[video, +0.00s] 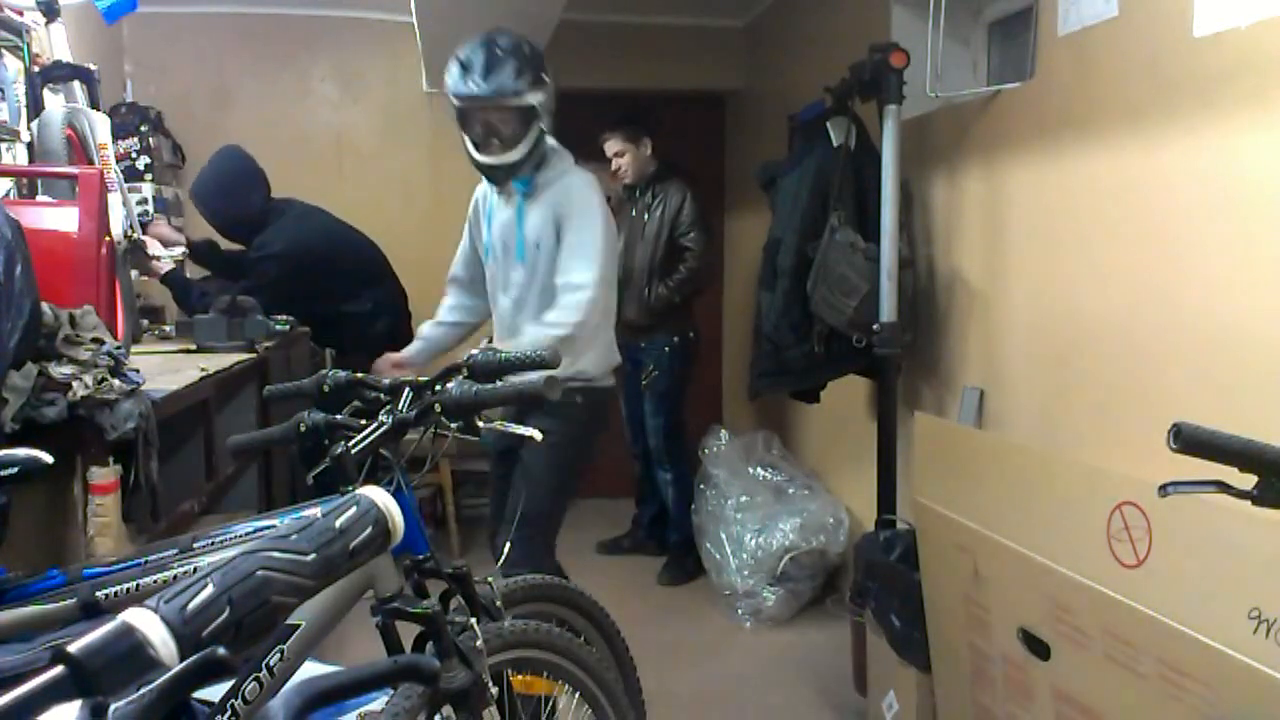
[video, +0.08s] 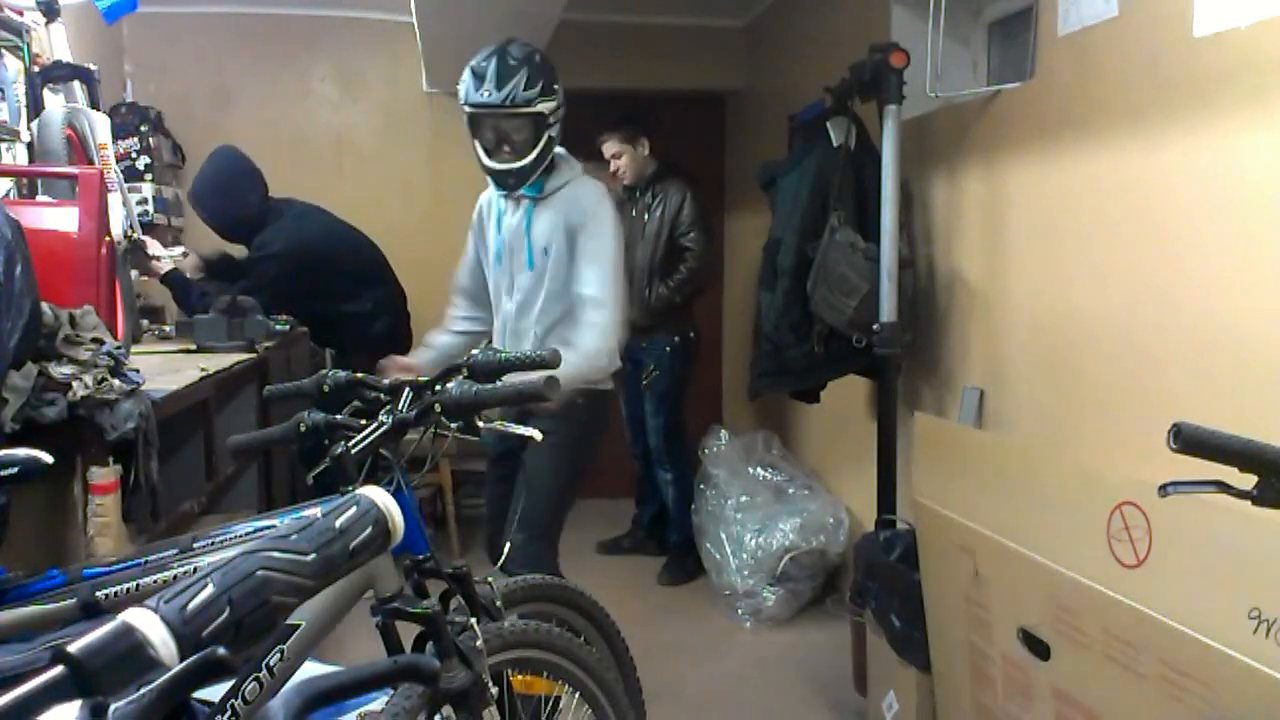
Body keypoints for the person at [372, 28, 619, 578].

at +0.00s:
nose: (492, 135)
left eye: (505, 121)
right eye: (478, 122)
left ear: (538, 112)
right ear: (462, 122)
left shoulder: (575, 191)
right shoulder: (488, 197)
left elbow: (581, 308)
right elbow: (467, 299)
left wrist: (503, 362)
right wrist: (412, 357)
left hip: (573, 387)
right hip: (514, 386)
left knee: (524, 551)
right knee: (510, 546)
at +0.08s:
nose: (503, 145)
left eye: (516, 130)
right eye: (489, 131)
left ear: (549, 122)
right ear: (473, 130)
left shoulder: (586, 200)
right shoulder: (490, 206)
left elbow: (604, 325)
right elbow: (469, 313)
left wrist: (557, 381)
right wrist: (419, 361)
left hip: (569, 397)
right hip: (503, 395)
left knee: (527, 551)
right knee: (501, 547)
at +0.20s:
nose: (507, 132)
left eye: (520, 118)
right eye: (495, 120)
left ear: (556, 110)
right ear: (482, 118)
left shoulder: (598, 197)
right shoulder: (503, 197)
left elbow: (625, 309)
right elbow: (505, 292)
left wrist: (602, 392)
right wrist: (486, 379)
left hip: (558, 382)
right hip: (501, 380)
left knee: (531, 543)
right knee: (508, 540)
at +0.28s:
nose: (505, 130)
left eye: (518, 117)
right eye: (496, 118)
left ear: (557, 111)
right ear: (487, 118)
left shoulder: (600, 197)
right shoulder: (510, 196)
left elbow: (625, 312)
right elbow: (502, 303)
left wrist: (583, 380)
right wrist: (450, 353)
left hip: (557, 385)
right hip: (502, 379)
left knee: (527, 538)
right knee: (503, 534)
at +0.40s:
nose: (504, 136)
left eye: (515, 123)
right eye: (501, 122)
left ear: (557, 117)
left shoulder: (604, 203)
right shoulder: (523, 199)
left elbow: (600, 323)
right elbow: (490, 303)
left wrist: (527, 360)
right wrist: (427, 333)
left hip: (568, 398)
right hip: (509, 393)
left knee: (535, 552)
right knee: (500, 544)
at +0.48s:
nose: (505, 131)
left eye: (514, 117)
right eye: (503, 118)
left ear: (554, 112)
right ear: (549, 114)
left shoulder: (610, 203)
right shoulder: (542, 195)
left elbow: (604, 328)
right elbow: (519, 314)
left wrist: (544, 396)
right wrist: (465, 351)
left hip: (555, 399)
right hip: (505, 392)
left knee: (545, 551)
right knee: (511, 543)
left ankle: (599, 666)